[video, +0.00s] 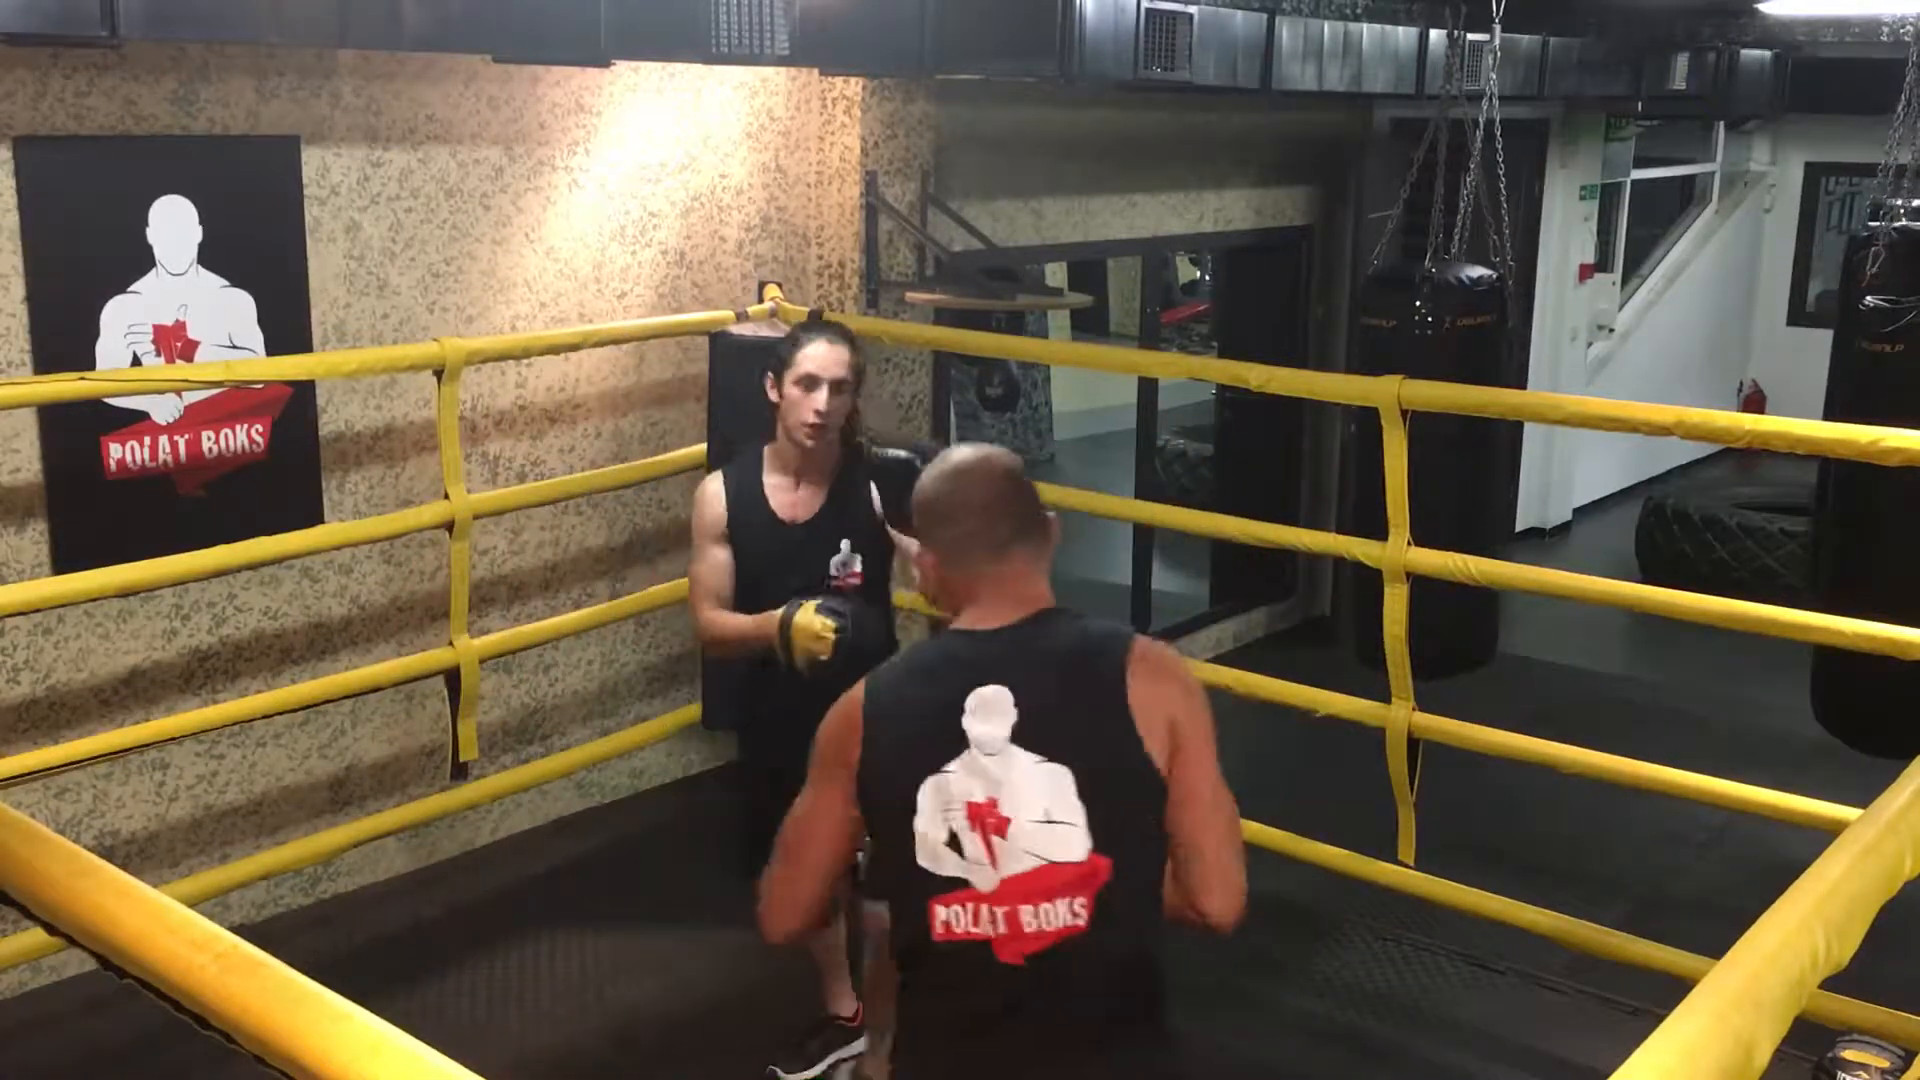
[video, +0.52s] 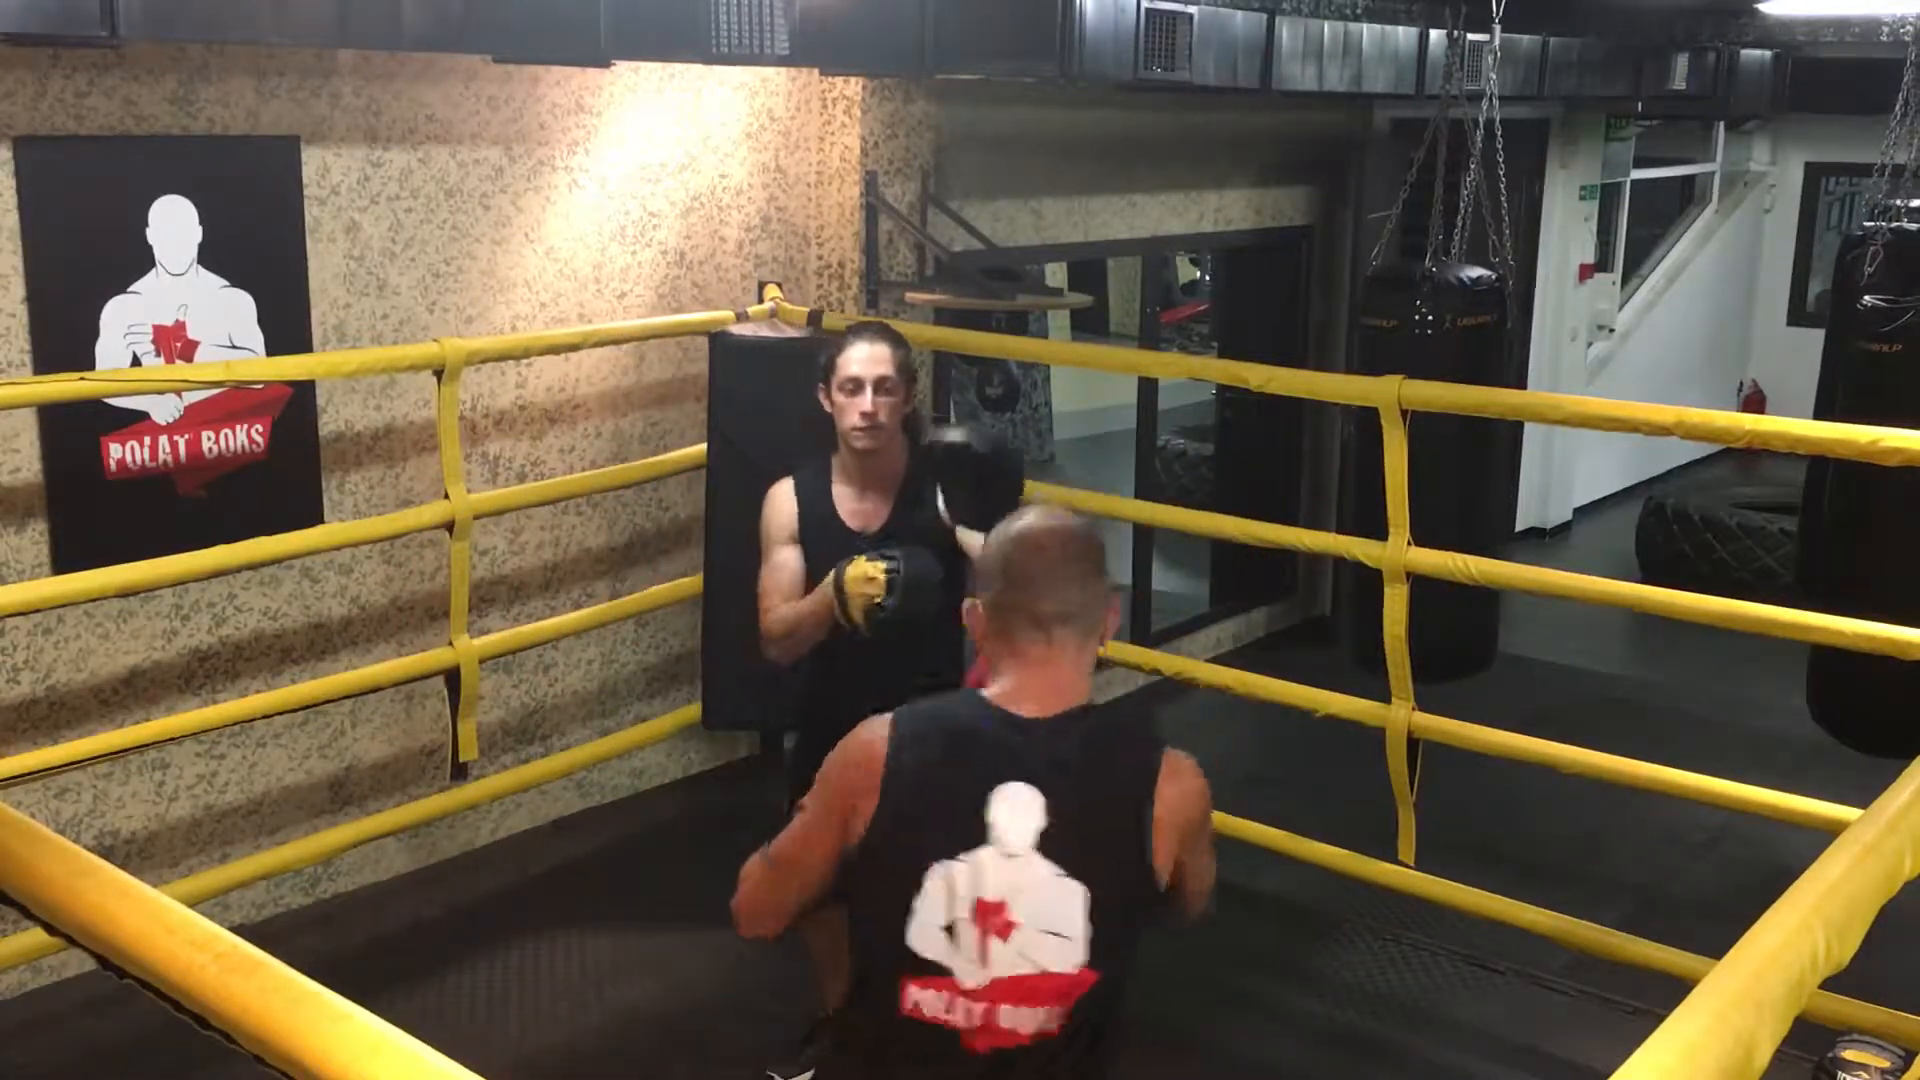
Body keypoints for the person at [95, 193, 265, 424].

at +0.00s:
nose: (176, 243)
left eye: (185, 231)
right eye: (167, 232)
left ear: (199, 233)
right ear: (149, 235)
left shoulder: (235, 303)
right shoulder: (124, 309)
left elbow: (258, 370)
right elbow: (106, 384)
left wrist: (186, 348)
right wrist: (150, 401)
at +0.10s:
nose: (176, 243)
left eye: (185, 231)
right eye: (167, 232)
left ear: (199, 234)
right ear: (149, 235)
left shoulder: (235, 303)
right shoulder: (124, 309)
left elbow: (258, 370)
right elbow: (107, 383)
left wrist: (183, 347)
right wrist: (151, 401)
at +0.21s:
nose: (176, 243)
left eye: (185, 231)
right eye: (167, 232)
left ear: (199, 234)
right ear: (150, 235)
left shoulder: (235, 303)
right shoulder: (124, 309)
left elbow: (258, 370)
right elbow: (106, 384)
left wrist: (185, 348)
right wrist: (151, 401)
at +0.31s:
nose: (176, 243)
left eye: (185, 231)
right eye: (167, 232)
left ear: (199, 234)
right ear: (149, 236)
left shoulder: (235, 303)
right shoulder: (124, 309)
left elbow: (258, 370)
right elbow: (107, 383)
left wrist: (183, 347)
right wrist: (151, 401)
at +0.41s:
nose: (176, 244)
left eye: (185, 231)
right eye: (167, 232)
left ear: (199, 234)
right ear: (149, 236)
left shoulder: (235, 303)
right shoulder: (124, 309)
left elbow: (258, 370)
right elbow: (106, 384)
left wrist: (183, 347)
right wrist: (151, 401)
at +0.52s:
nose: (176, 244)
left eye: (185, 231)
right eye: (167, 232)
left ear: (199, 234)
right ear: (149, 236)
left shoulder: (236, 303)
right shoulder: (124, 309)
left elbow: (258, 370)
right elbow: (106, 384)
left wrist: (183, 348)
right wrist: (151, 401)